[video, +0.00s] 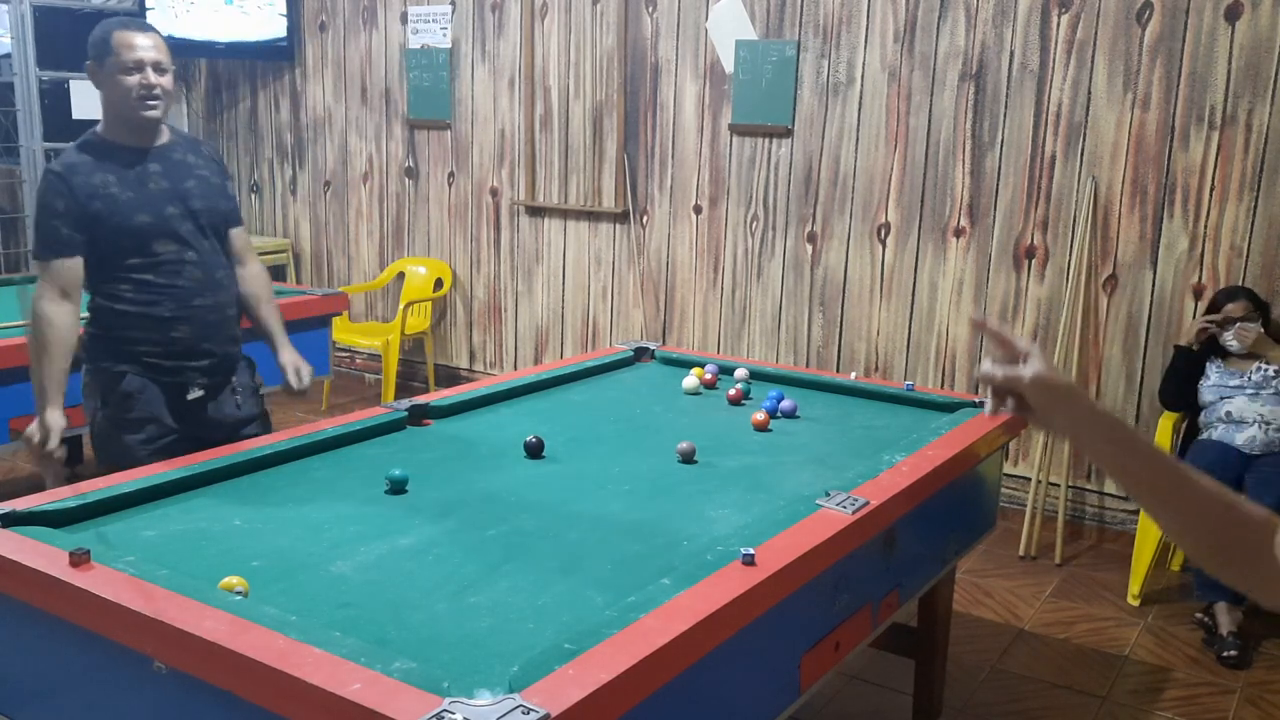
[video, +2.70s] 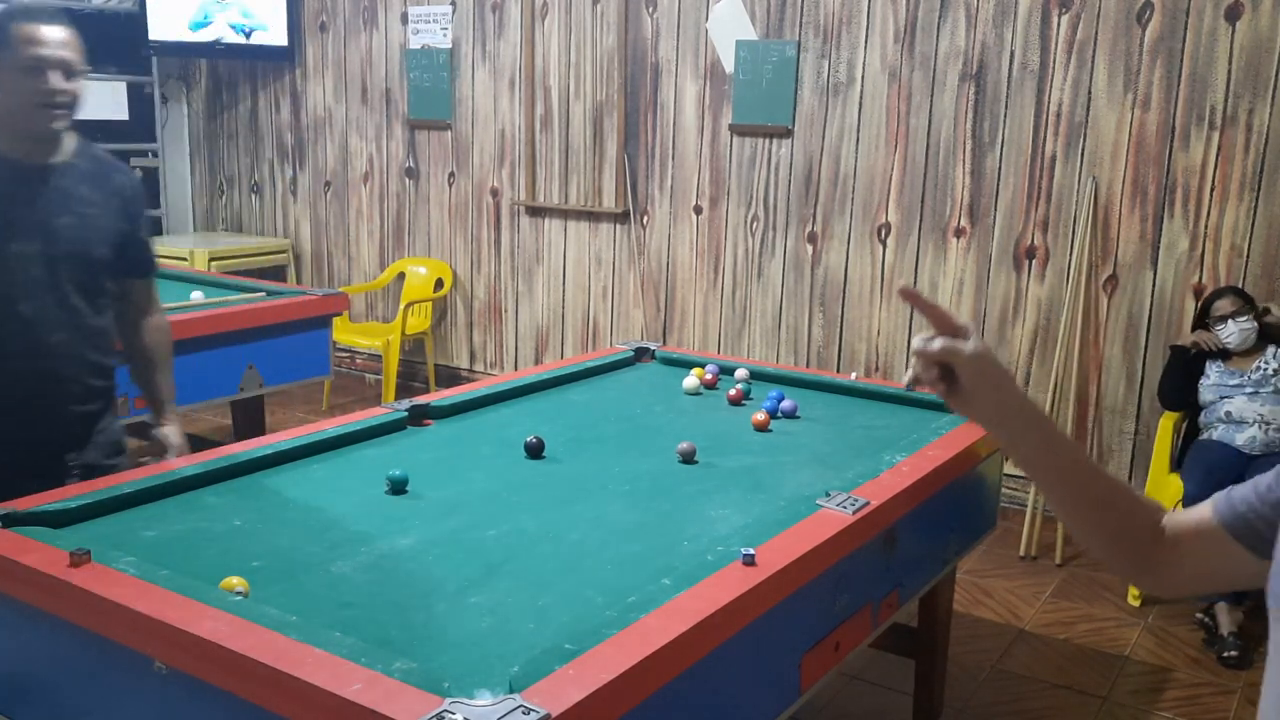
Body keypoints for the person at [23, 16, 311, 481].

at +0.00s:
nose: (150, 81)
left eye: (160, 69)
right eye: (133, 69)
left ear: (175, 80)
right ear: (96, 78)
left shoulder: (201, 158)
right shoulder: (72, 176)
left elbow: (244, 259)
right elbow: (59, 296)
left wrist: (283, 345)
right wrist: (50, 406)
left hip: (225, 377)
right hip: (134, 387)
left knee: (258, 521)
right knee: (154, 535)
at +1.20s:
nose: (219, 95)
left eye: (233, 85)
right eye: (204, 79)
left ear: (249, 97)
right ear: (169, 80)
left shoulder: (265, 187)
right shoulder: (108, 169)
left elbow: (279, 300)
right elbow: (61, 287)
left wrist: (296, 397)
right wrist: (39, 397)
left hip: (234, 412)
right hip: (129, 412)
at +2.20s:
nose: (233, 93)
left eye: (247, 82)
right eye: (216, 77)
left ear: (262, 97)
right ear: (176, 82)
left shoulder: (263, 197)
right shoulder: (109, 157)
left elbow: (263, 316)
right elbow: (32, 269)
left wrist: (273, 410)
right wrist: (9, 387)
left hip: (191, 417)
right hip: (83, 411)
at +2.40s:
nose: (182, 90)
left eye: (195, 78)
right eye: (164, 74)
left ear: (212, 91)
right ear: (125, 78)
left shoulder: (216, 191)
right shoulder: (51, 162)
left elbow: (231, 317)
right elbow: (5, 271)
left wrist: (247, 417)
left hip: (152, 416)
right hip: (40, 407)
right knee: (26, 552)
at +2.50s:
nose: (143, 89)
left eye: (157, 76)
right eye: (123, 74)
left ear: (174, 88)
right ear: (82, 78)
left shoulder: (184, 191)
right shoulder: (17, 169)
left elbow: (206, 314)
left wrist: (228, 419)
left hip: (142, 434)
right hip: (28, 436)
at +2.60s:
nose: (99, 87)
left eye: (113, 72)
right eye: (79, 69)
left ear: (127, 84)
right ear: (36, 76)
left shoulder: (148, 185)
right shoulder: (8, 166)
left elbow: (173, 311)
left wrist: (198, 416)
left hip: (113, 431)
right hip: (14, 432)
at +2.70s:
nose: (56, 86)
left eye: (69, 72)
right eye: (34, 70)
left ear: (83, 81)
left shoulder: (113, 185)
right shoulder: (5, 175)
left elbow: (141, 311)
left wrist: (166, 418)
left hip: (86, 441)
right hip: (4, 446)